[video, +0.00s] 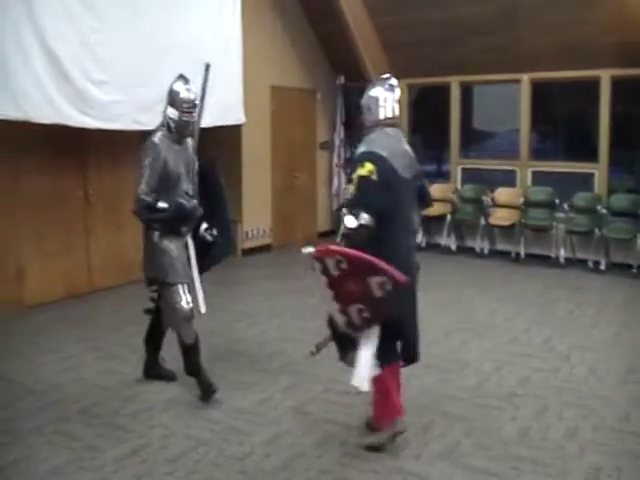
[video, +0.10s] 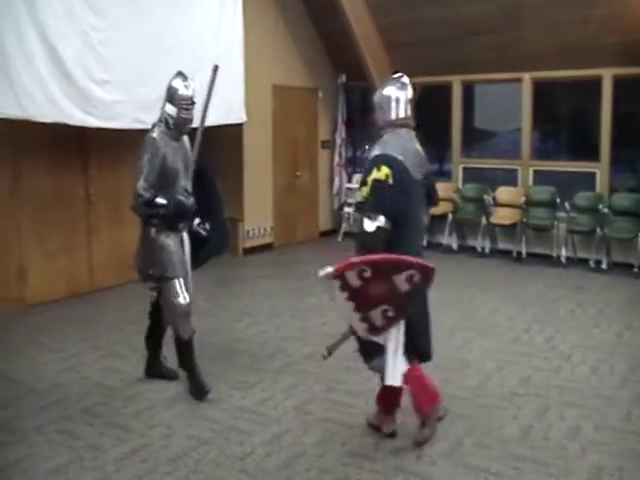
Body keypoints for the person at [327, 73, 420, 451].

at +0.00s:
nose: (364, 117)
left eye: (367, 111)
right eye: (367, 110)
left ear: (371, 114)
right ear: (394, 112)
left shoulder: (372, 153)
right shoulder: (400, 147)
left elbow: (363, 214)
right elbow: (421, 194)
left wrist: (340, 243)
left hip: (379, 260)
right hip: (401, 255)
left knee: (380, 336)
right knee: (387, 334)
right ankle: (387, 410)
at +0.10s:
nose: (374, 116)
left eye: (377, 110)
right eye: (377, 110)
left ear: (383, 113)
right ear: (408, 112)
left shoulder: (385, 158)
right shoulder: (413, 151)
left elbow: (373, 224)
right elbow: (430, 199)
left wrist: (363, 272)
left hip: (387, 269)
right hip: (410, 264)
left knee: (377, 344)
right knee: (396, 340)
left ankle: (428, 401)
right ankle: (386, 414)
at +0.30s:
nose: (391, 116)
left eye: (395, 110)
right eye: (394, 109)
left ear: (401, 116)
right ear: (427, 115)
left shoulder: (412, 167)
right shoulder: (422, 158)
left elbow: (407, 237)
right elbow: (410, 228)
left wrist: (396, 284)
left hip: (409, 275)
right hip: (414, 270)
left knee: (420, 342)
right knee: (396, 340)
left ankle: (455, 407)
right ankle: (387, 410)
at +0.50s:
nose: (418, 123)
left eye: (425, 115)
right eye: (418, 115)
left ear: (441, 117)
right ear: (439, 119)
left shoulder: (444, 164)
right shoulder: (441, 154)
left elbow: (447, 230)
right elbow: (436, 223)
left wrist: (425, 278)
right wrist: (422, 263)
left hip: (447, 269)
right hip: (436, 264)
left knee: (455, 344)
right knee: (415, 335)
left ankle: (467, 419)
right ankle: (404, 405)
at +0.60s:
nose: (428, 120)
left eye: (435, 113)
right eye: (428, 112)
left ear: (454, 114)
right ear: (449, 117)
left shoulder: (460, 164)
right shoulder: (449, 156)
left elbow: (462, 234)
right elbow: (444, 225)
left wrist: (455, 287)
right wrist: (431, 269)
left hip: (458, 272)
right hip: (443, 266)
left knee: (462, 344)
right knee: (428, 334)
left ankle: (468, 420)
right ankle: (438, 398)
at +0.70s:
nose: (441, 116)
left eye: (450, 110)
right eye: (441, 109)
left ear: (470, 114)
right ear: (448, 114)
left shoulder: (473, 164)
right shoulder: (458, 156)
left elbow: (479, 237)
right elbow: (457, 228)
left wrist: (472, 291)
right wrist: (442, 280)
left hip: (467, 274)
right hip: (453, 269)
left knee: (471, 342)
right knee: (445, 343)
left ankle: (467, 423)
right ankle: (476, 395)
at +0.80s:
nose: (452, 116)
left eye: (461, 110)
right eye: (452, 109)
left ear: (481, 115)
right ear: (461, 112)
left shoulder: (485, 161)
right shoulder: (469, 155)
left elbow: (490, 229)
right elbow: (465, 222)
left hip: (477, 270)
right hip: (461, 265)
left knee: (476, 344)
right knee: (452, 342)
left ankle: (468, 426)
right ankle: (510, 393)